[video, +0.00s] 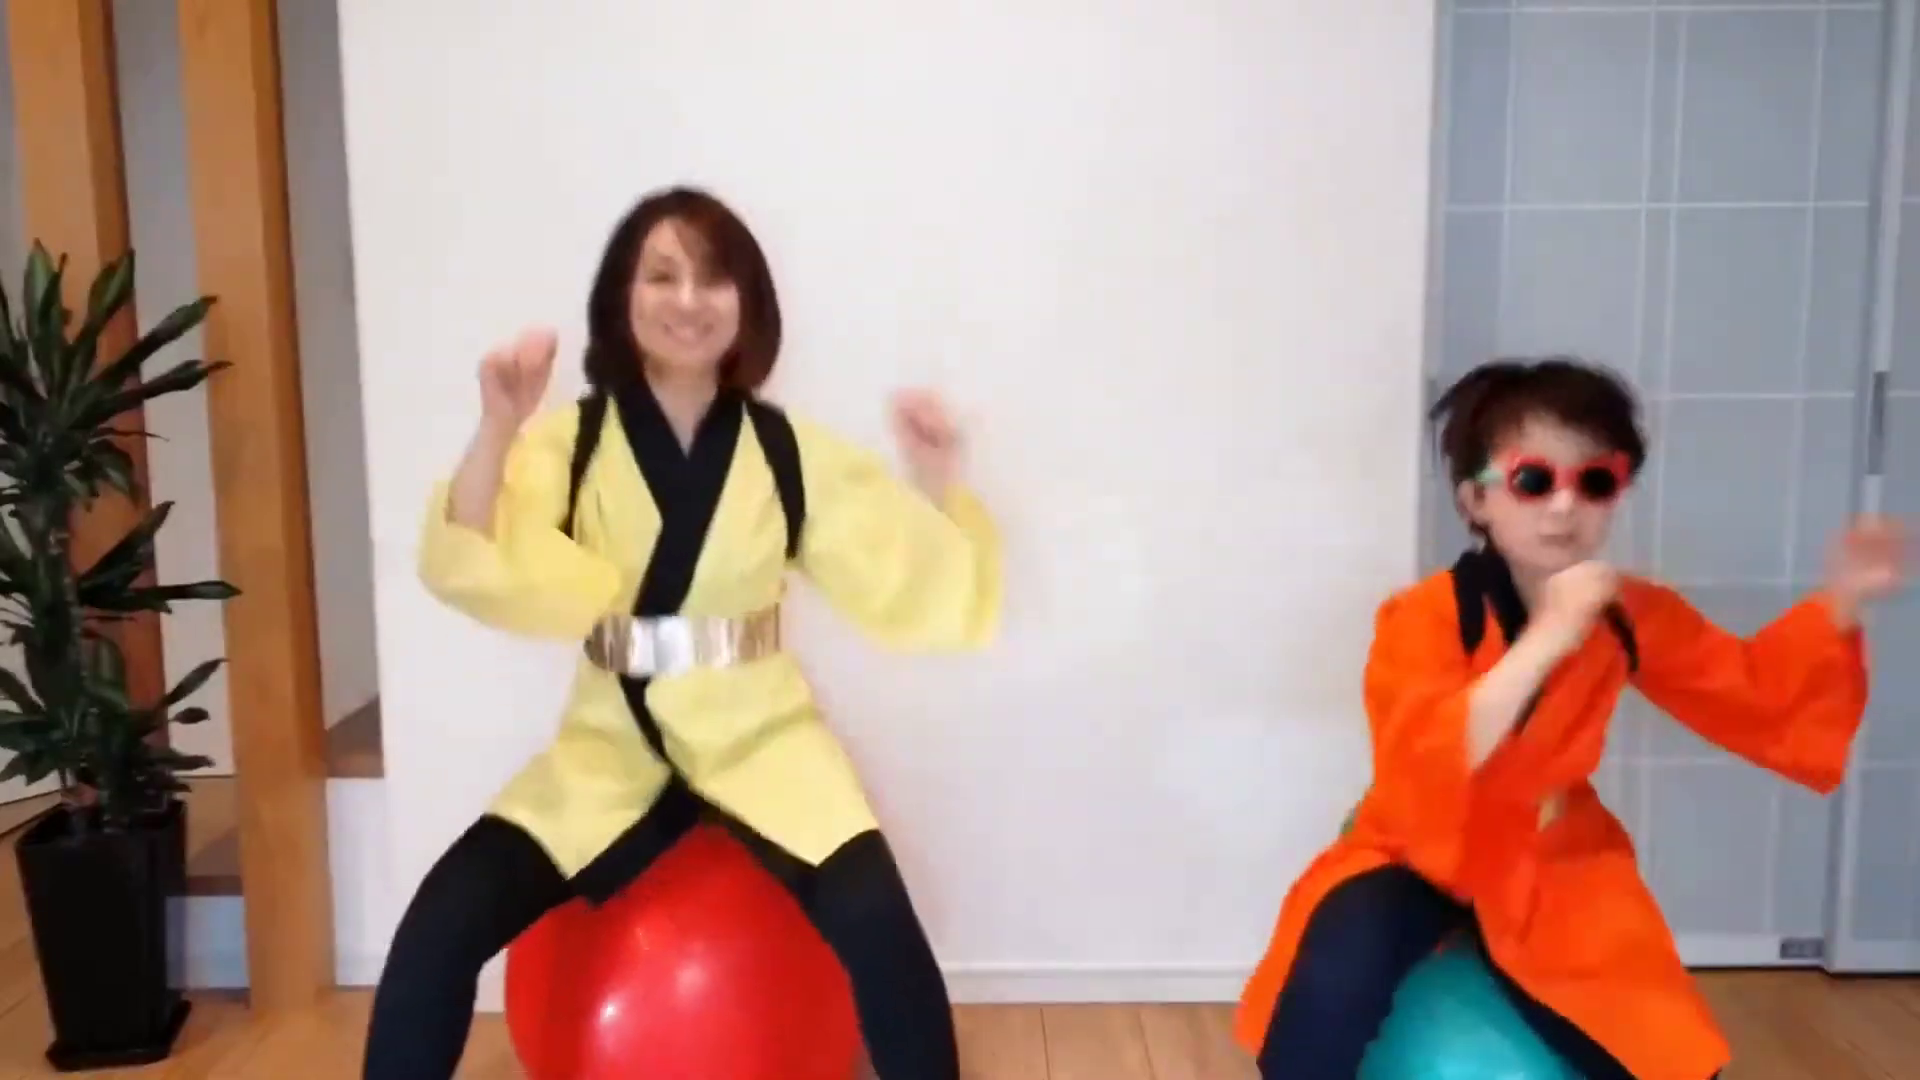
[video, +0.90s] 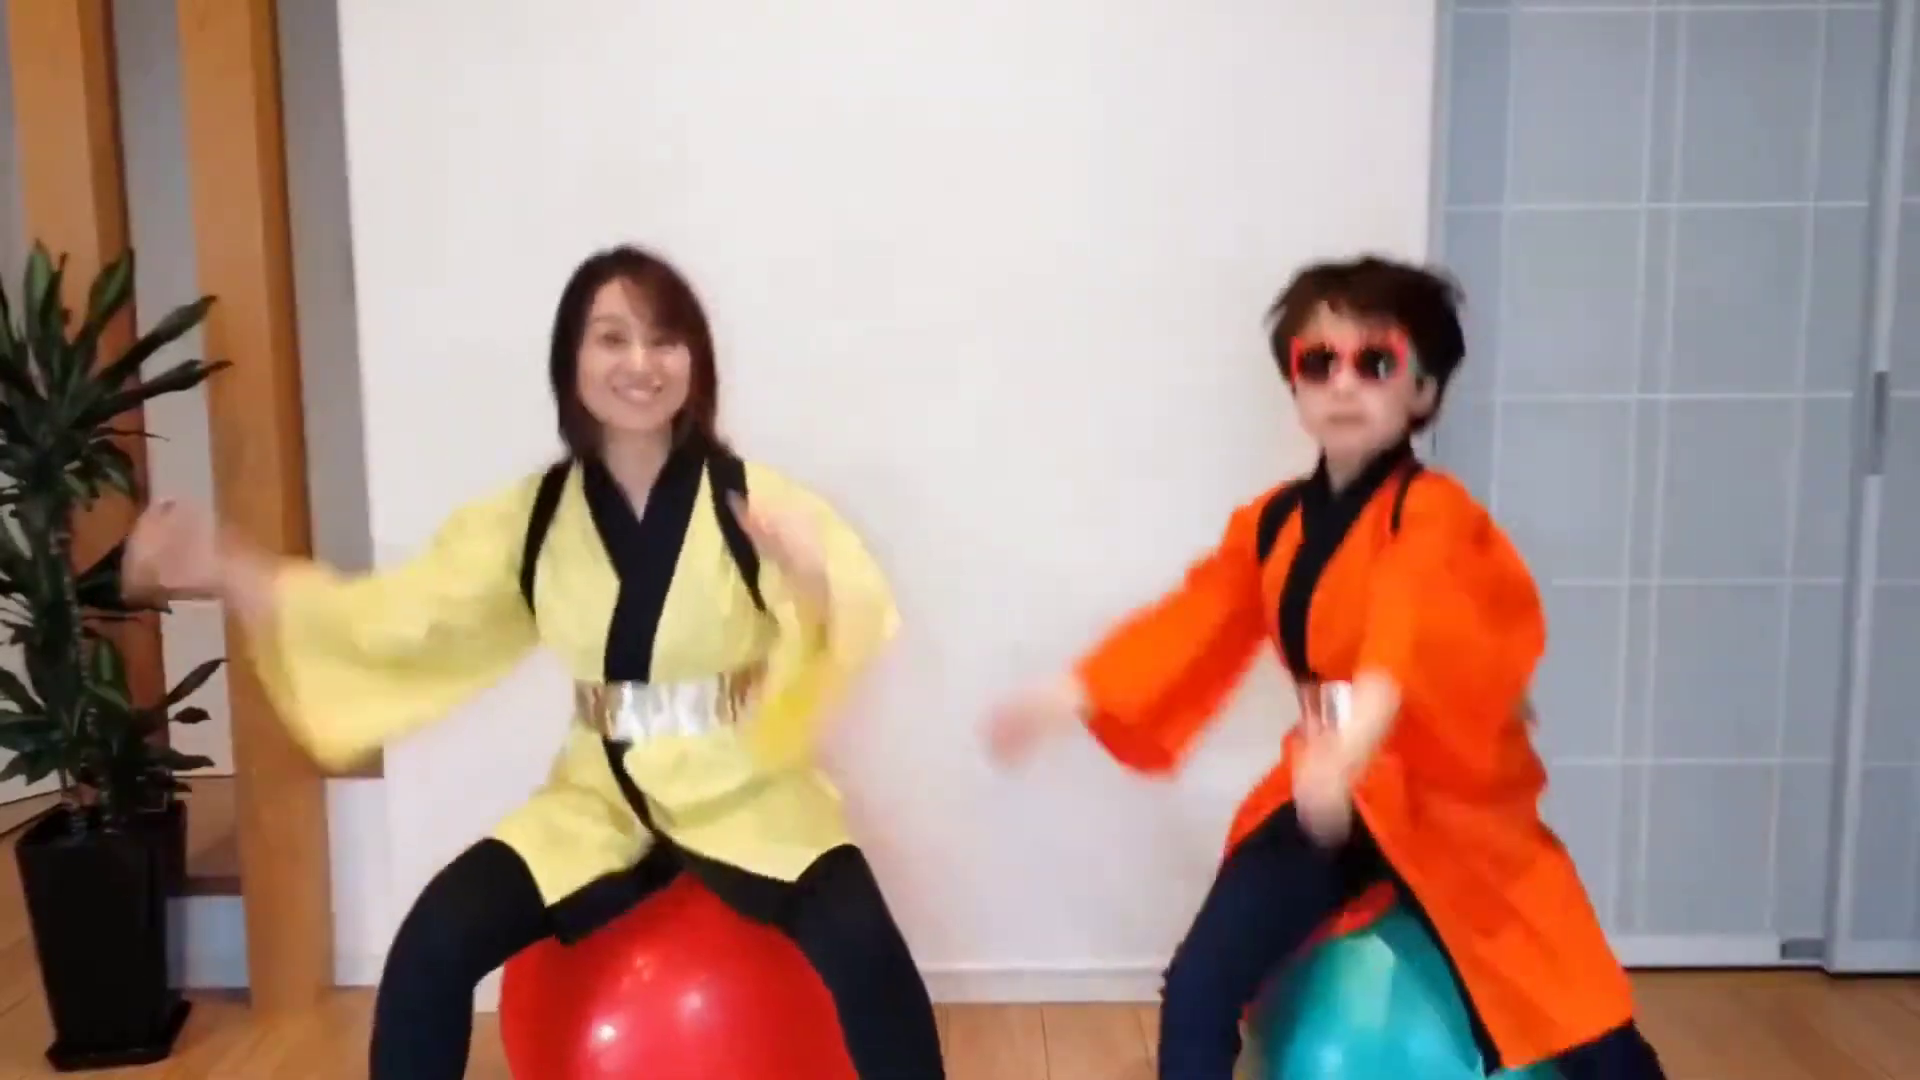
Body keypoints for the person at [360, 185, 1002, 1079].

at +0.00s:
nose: (686, 300)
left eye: (713, 279)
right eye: (660, 276)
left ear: (747, 303)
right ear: (622, 298)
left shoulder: (785, 447)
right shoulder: (570, 437)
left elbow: (923, 597)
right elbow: (464, 571)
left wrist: (936, 481)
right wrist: (496, 431)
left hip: (766, 747)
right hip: (611, 752)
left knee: (882, 929)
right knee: (440, 924)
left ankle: (922, 1071)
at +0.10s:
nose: (674, 289)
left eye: (703, 267)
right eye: (648, 262)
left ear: (733, 289)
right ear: (602, 281)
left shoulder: (772, 416)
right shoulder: (559, 426)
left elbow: (890, 574)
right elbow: (460, 594)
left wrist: (831, 462)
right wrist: (503, 451)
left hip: (778, 726)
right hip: (626, 738)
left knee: (886, 916)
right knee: (463, 909)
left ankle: (930, 1072)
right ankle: (461, 1073)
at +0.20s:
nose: (664, 336)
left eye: (688, 314)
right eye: (637, 311)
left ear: (719, 335)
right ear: (589, 330)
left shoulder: (778, 456)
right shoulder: (542, 485)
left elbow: (886, 556)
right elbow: (514, 664)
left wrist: (788, 567)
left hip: (788, 768)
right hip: (640, 780)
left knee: (886, 933)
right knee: (496, 938)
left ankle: (923, 1072)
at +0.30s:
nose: (646, 397)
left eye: (668, 372)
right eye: (616, 377)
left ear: (700, 390)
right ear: (575, 404)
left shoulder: (761, 508)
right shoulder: (548, 549)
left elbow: (900, 587)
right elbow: (545, 671)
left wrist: (838, 683)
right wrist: (519, 724)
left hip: (794, 824)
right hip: (647, 842)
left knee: (881, 957)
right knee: (500, 942)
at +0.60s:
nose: (608, 352)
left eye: (623, 323)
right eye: (573, 335)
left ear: (652, 332)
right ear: (526, 363)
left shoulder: (735, 440)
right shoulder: (524, 508)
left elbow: (863, 542)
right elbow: (557, 654)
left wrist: (917, 697)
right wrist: (526, 781)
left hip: (778, 747)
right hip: (635, 767)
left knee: (868, 940)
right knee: (468, 889)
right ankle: (450, 1068)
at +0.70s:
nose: (608, 384)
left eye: (623, 358)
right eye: (575, 365)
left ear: (649, 372)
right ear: (523, 393)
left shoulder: (726, 479)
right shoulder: (517, 545)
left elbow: (842, 622)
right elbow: (494, 706)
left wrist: (942, 773)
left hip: (781, 780)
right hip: (631, 797)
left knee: (871, 937)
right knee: (461, 929)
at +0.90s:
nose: (639, 362)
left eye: (665, 339)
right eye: (609, 339)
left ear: (698, 363)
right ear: (568, 363)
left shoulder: (759, 501)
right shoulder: (534, 516)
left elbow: (858, 631)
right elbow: (391, 615)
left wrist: (806, 574)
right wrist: (229, 568)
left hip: (753, 800)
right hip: (600, 806)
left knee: (868, 949)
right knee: (432, 943)